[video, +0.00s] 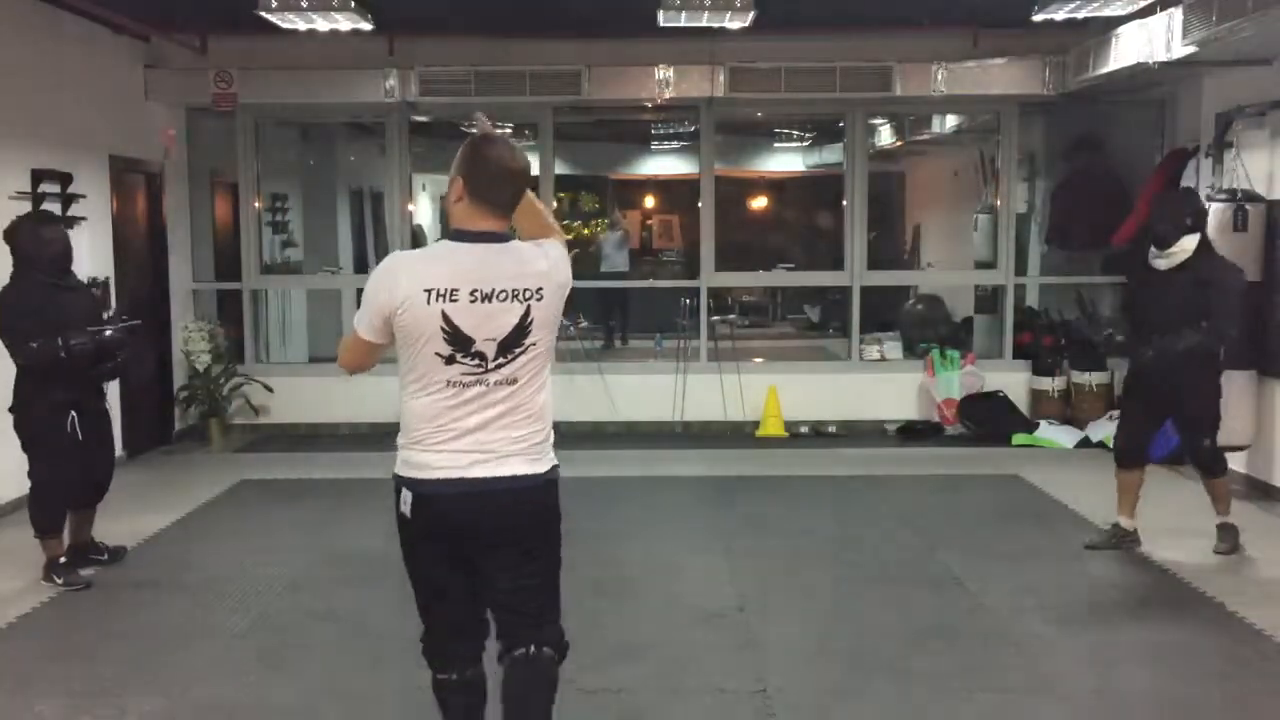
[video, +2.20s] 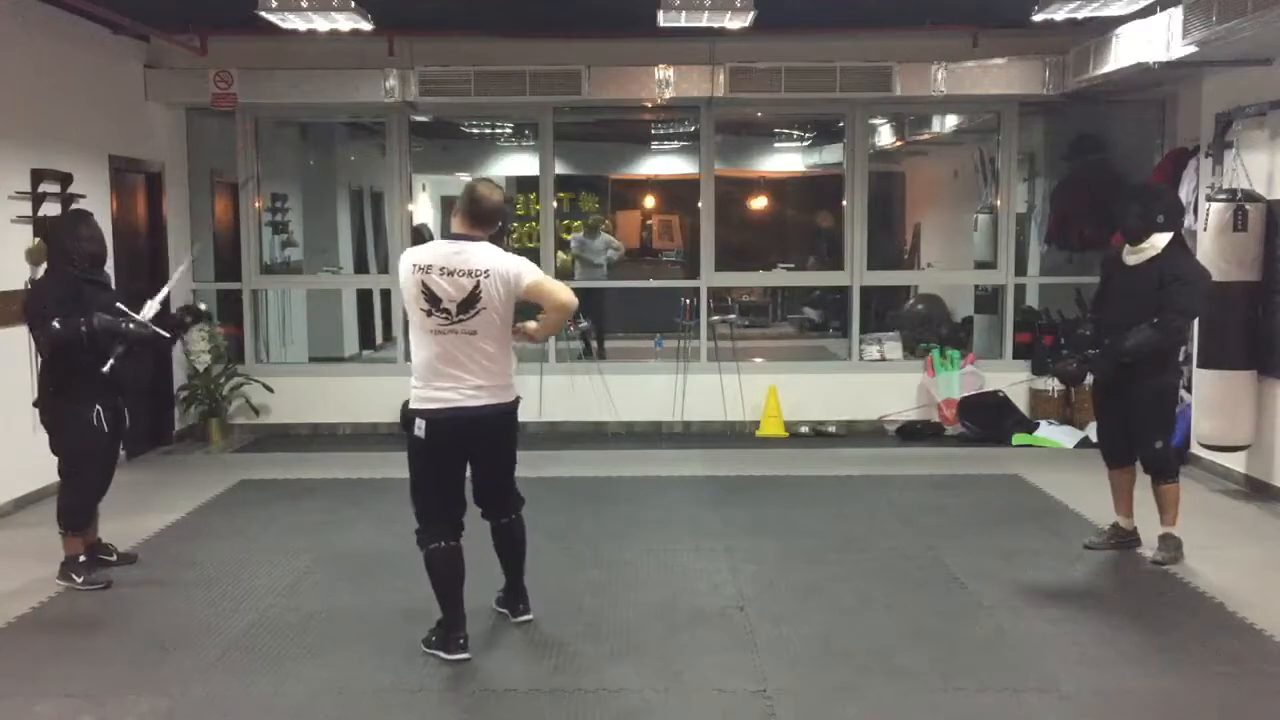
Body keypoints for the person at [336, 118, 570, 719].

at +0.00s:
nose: (447, 188)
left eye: (451, 180)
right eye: (452, 180)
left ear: (457, 189)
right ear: (518, 198)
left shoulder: (402, 272)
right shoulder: (548, 268)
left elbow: (353, 358)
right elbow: (541, 227)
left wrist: (399, 314)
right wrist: (505, 166)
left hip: (430, 490)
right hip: (524, 488)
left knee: (452, 646)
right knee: (531, 640)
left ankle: (464, 716)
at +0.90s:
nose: (474, 191)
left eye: (477, 183)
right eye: (478, 183)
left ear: (488, 190)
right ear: (532, 197)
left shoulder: (446, 258)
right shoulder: (559, 256)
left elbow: (402, 334)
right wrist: (520, 217)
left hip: (467, 440)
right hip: (542, 437)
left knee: (451, 550)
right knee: (528, 557)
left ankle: (474, 668)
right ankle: (523, 686)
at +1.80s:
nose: (429, 201)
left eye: (428, 193)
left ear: (428, 198)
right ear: (472, 206)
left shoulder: (390, 257)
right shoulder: (495, 256)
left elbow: (378, 325)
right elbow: (551, 305)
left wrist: (417, 308)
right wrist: (507, 291)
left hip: (426, 413)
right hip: (491, 409)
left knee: (437, 524)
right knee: (511, 508)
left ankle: (452, 632)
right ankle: (525, 611)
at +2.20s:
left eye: (457, 206)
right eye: (498, 222)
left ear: (454, 211)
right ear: (498, 224)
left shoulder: (411, 261)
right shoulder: (508, 265)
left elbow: (427, 306)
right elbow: (565, 302)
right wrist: (536, 331)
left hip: (434, 417)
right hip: (495, 413)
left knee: (438, 521)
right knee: (501, 502)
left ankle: (452, 630)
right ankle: (516, 593)